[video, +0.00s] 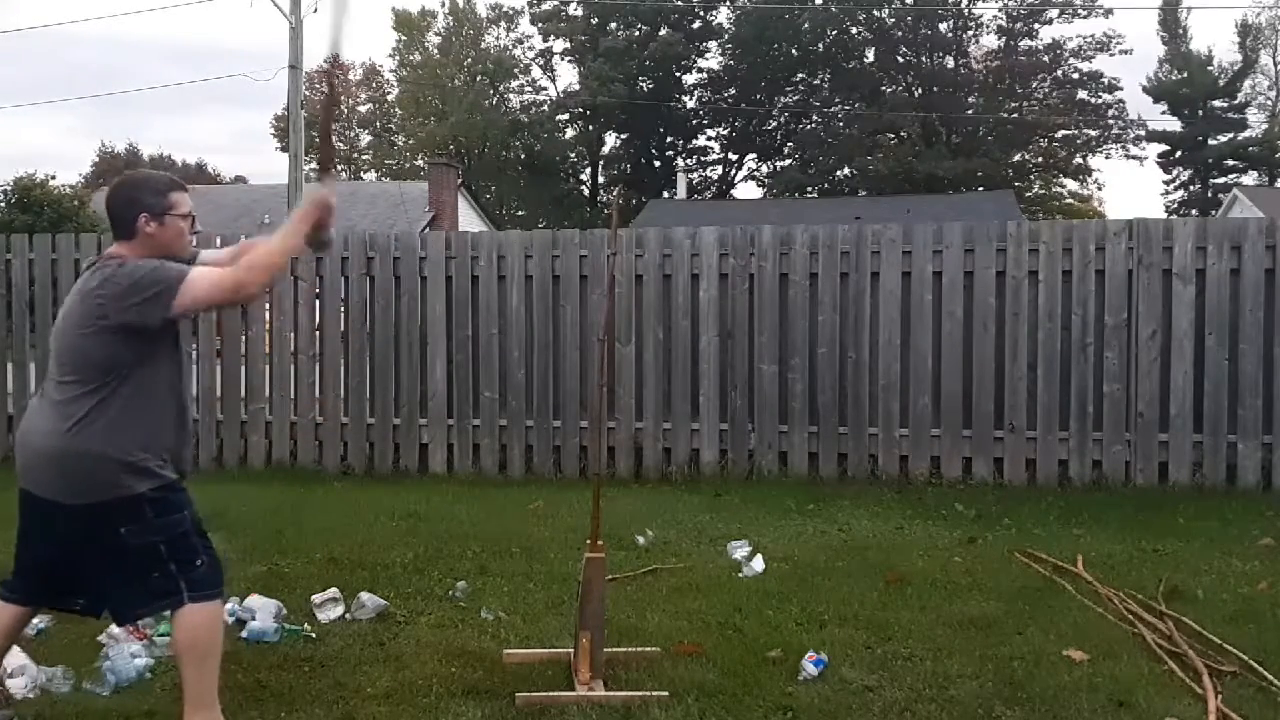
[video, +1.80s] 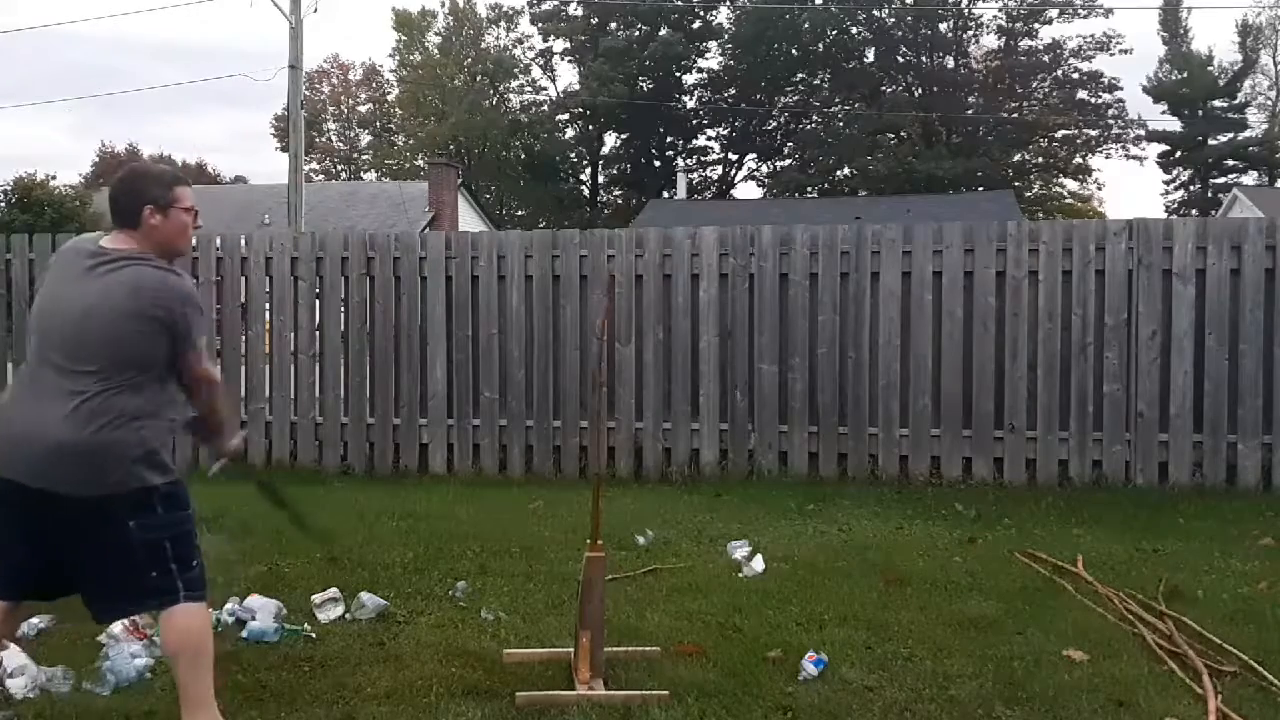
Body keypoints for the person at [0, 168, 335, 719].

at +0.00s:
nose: (194, 227)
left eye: (191, 218)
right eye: (185, 218)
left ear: (142, 225)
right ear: (147, 224)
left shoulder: (106, 273)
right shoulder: (132, 279)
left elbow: (224, 259)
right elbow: (237, 283)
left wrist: (294, 239)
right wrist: (296, 228)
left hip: (48, 461)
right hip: (116, 466)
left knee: (25, 589)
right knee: (199, 585)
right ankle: (203, 712)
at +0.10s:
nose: (188, 228)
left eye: (186, 218)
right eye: (179, 217)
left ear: (134, 224)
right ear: (140, 224)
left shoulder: (106, 274)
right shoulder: (118, 279)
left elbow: (210, 252)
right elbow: (224, 259)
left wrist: (271, 201)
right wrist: (268, 181)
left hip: (50, 466)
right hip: (115, 470)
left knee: (28, 587)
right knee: (197, 585)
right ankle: (203, 712)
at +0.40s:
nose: (175, 226)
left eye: (174, 213)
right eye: (167, 217)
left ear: (128, 226)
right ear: (131, 225)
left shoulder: (130, 277)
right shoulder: (98, 277)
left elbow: (214, 225)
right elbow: (186, 235)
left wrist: (229, 166)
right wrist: (196, 143)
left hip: (59, 466)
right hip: (113, 468)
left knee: (35, 589)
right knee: (199, 582)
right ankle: (203, 712)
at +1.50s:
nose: (178, 230)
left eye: (175, 219)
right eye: (167, 219)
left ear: (125, 226)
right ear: (126, 226)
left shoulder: (99, 276)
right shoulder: (116, 283)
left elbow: (219, 247)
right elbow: (229, 278)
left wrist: (247, 196)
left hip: (66, 470)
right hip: (135, 471)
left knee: (32, 590)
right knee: (214, 583)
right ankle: (206, 712)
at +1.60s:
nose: (177, 218)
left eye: (176, 208)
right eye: (167, 208)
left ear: (123, 217)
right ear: (127, 214)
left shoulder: (81, 265)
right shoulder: (139, 276)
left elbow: (219, 270)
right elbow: (244, 309)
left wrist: (311, 270)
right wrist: (319, 277)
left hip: (47, 459)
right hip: (130, 463)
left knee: (25, 583)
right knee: (196, 587)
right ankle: (204, 711)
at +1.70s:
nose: (185, 216)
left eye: (183, 205)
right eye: (175, 206)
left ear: (126, 213)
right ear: (136, 211)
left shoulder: (74, 255)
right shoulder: (157, 275)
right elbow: (238, 338)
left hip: (33, 453)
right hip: (124, 458)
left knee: (18, 584)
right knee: (183, 590)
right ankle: (201, 712)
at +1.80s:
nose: (195, 221)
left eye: (194, 211)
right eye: (186, 211)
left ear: (139, 217)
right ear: (150, 216)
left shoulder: (69, 255)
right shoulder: (175, 288)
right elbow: (200, 377)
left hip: (22, 453)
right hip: (122, 460)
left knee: (8, 590)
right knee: (182, 591)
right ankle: (201, 712)